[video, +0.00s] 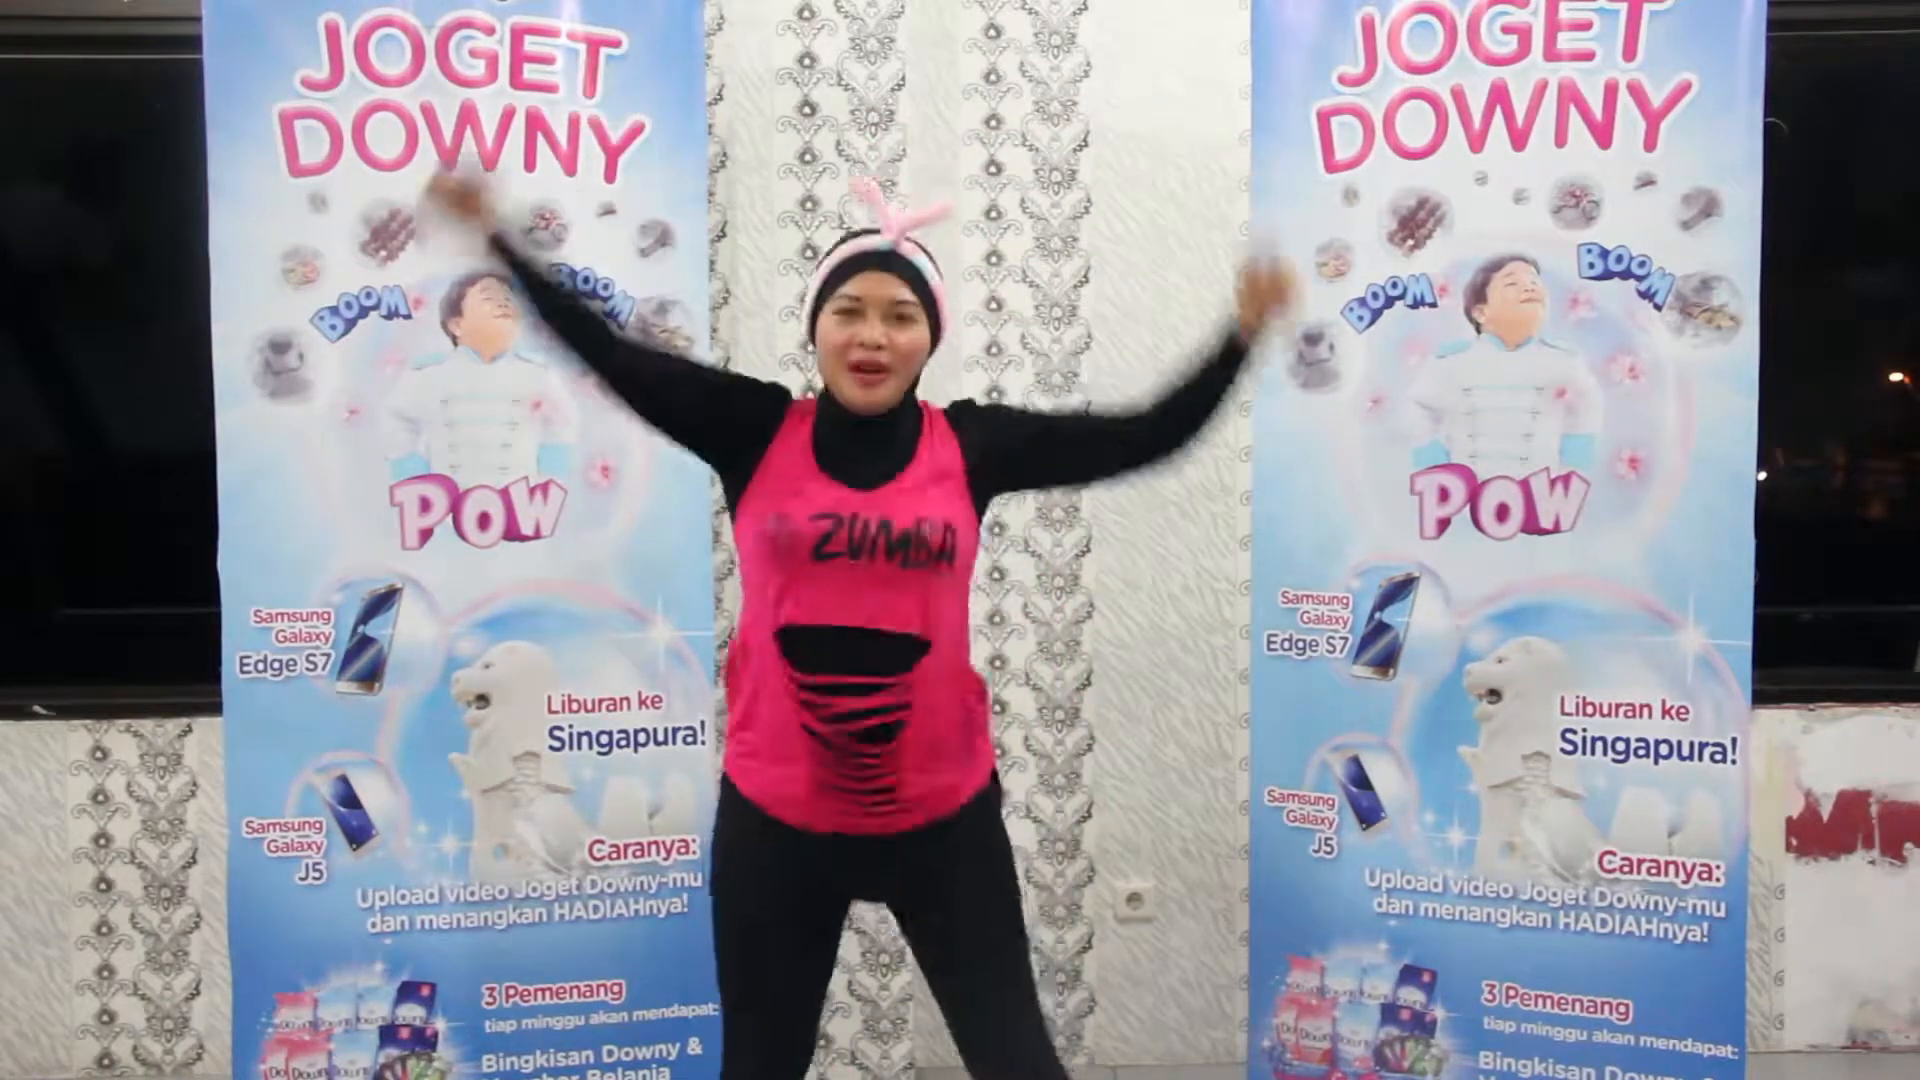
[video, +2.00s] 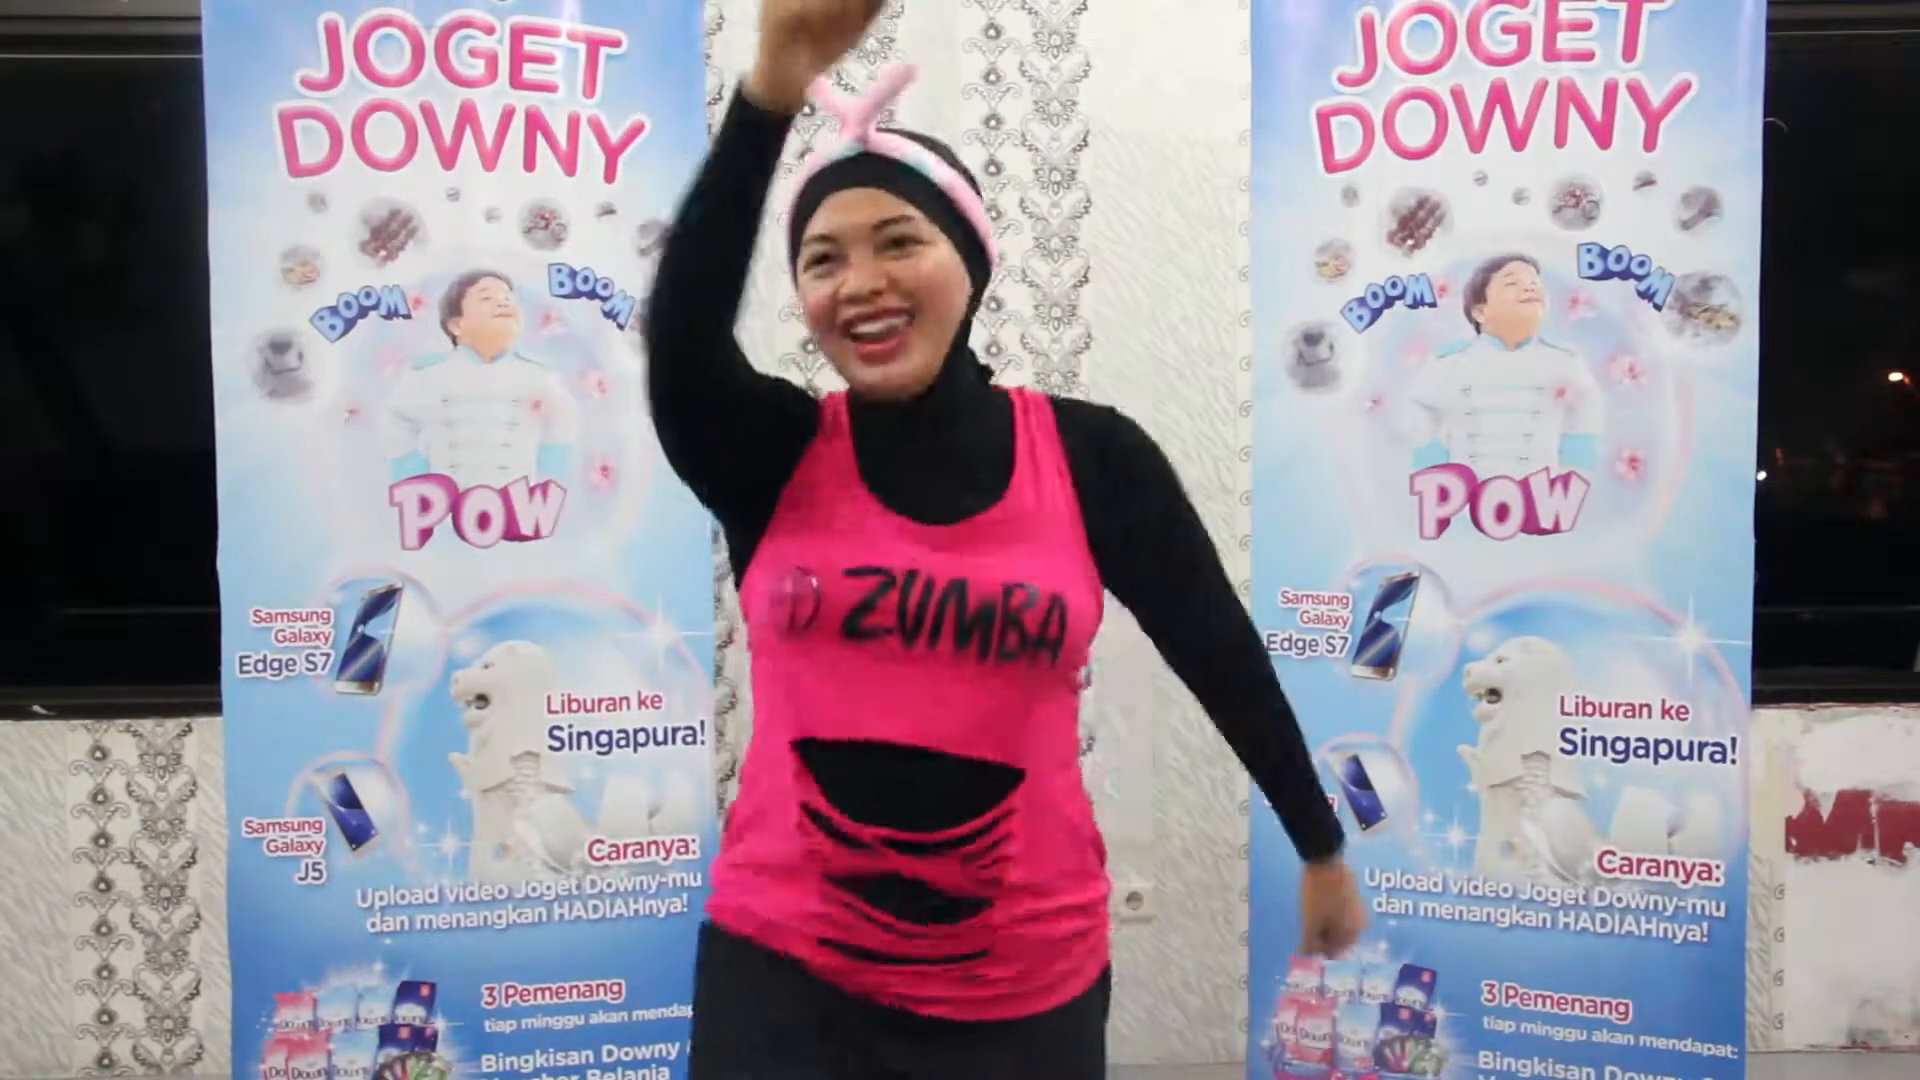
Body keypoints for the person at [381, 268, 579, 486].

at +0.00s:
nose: (503, 305)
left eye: (508, 298)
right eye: (486, 298)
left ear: (518, 317)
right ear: (455, 324)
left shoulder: (537, 377)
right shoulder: (424, 381)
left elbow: (559, 430)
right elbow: (394, 424)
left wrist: (547, 485)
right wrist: (412, 480)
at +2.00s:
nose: (503, 302)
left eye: (508, 296)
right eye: (485, 297)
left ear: (518, 314)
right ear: (455, 324)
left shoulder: (539, 379)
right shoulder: (421, 380)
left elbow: (560, 442)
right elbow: (396, 434)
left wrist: (544, 499)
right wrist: (415, 494)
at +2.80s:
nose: (503, 302)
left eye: (508, 297)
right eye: (485, 297)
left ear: (518, 315)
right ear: (455, 324)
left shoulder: (539, 378)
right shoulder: (422, 377)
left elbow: (559, 441)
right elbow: (394, 428)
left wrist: (543, 498)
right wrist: (415, 488)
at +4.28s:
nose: (502, 303)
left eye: (508, 297)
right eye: (484, 298)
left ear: (517, 312)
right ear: (455, 325)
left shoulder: (539, 376)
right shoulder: (422, 376)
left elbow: (559, 438)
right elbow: (395, 433)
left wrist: (544, 497)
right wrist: (416, 491)